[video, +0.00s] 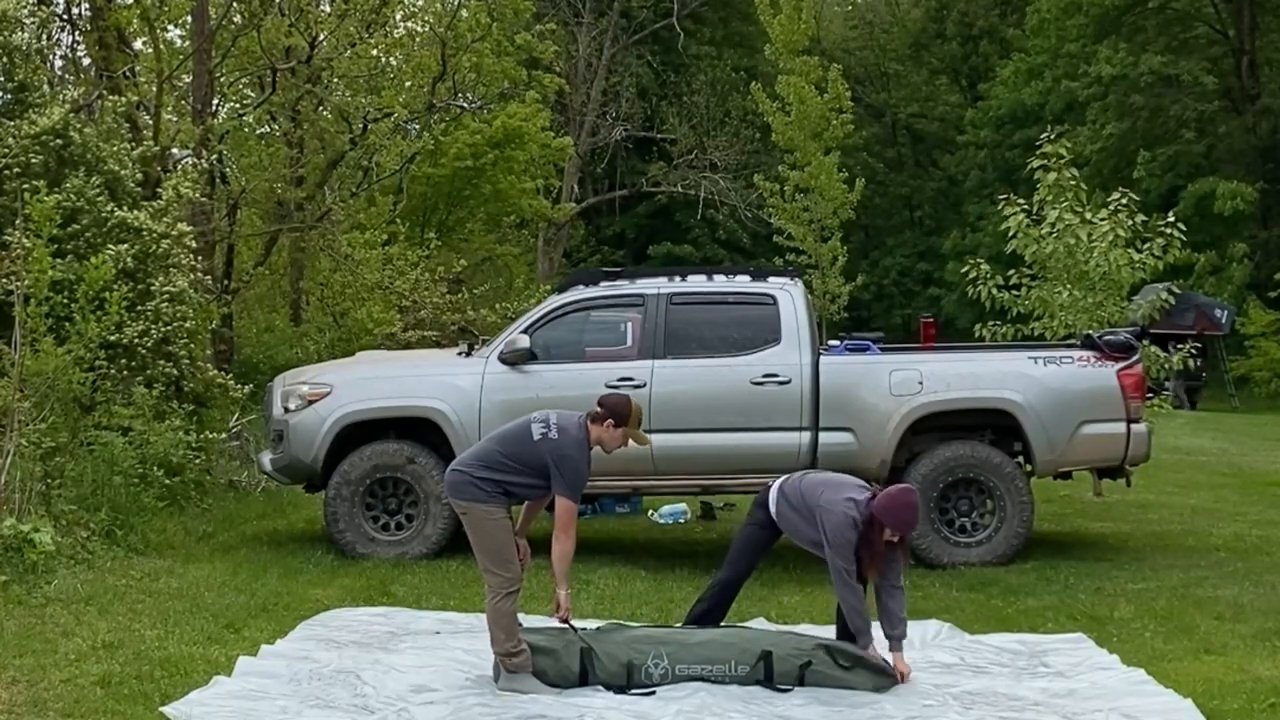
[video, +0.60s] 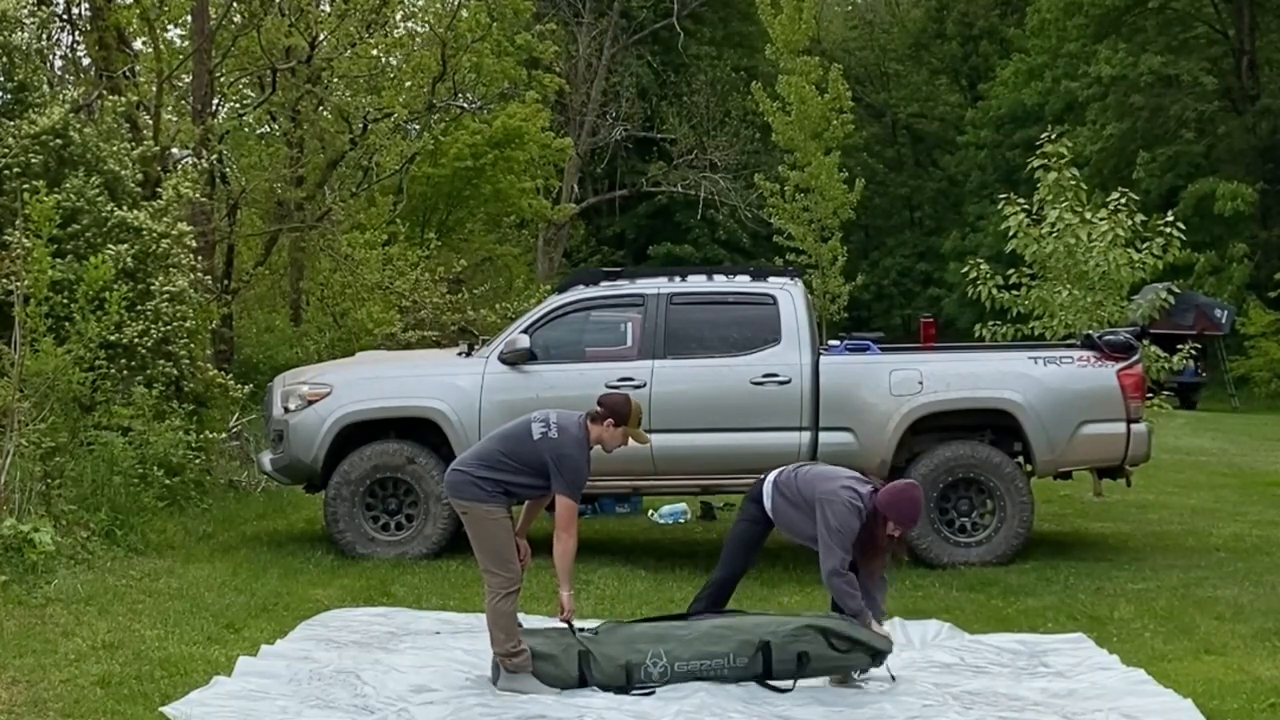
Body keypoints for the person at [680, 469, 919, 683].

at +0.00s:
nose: (892, 538)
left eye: (898, 533)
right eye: (889, 529)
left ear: (905, 529)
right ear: (875, 517)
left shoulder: (894, 527)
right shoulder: (843, 514)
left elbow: (892, 585)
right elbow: (846, 585)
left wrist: (897, 650)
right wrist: (868, 645)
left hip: (828, 514)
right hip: (779, 498)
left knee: (855, 583)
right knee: (731, 576)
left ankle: (847, 656)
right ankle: (689, 639)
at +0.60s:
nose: (894, 532)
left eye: (902, 528)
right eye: (892, 524)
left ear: (908, 524)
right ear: (880, 510)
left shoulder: (880, 514)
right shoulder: (842, 503)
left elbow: (872, 574)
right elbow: (834, 572)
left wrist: (875, 621)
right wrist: (867, 620)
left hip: (820, 510)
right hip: (770, 494)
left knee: (852, 576)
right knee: (726, 576)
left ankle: (841, 662)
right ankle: (686, 638)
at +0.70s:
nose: (892, 510)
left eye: (897, 505)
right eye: (890, 503)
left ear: (899, 499)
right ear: (874, 489)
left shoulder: (873, 500)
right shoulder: (832, 483)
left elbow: (863, 555)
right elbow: (822, 550)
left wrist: (864, 590)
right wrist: (860, 587)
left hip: (805, 509)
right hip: (759, 490)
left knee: (839, 582)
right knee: (719, 576)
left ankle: (840, 669)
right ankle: (685, 650)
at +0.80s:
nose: (885, 483)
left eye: (890, 477)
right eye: (882, 475)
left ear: (893, 472)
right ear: (866, 464)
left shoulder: (861, 474)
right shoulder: (823, 462)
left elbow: (849, 524)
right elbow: (818, 524)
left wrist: (845, 568)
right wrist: (856, 565)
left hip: (794, 499)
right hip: (750, 484)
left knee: (827, 572)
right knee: (716, 571)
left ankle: (839, 667)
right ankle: (671, 658)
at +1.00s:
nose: (867, 460)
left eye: (874, 456)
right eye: (866, 453)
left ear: (878, 454)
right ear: (854, 441)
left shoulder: (855, 465)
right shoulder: (815, 441)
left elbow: (849, 517)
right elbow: (788, 494)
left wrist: (847, 577)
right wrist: (832, 521)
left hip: (789, 495)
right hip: (745, 483)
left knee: (820, 570)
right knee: (714, 567)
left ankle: (837, 664)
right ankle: (671, 656)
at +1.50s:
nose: (797, 360)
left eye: (804, 356)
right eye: (795, 353)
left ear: (823, 358)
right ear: (793, 351)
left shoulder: (844, 396)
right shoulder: (783, 376)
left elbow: (847, 456)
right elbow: (766, 422)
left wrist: (815, 490)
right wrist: (808, 449)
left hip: (829, 484)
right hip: (782, 478)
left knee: (833, 569)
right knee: (755, 563)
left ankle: (837, 661)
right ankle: (732, 651)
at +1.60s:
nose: (804, 367)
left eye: (811, 364)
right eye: (803, 361)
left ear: (829, 367)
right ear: (802, 359)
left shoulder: (849, 401)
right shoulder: (789, 384)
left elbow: (856, 468)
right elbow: (775, 436)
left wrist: (819, 509)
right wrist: (818, 465)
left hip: (835, 491)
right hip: (788, 485)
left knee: (837, 576)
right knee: (757, 566)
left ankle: (837, 663)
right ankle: (731, 654)